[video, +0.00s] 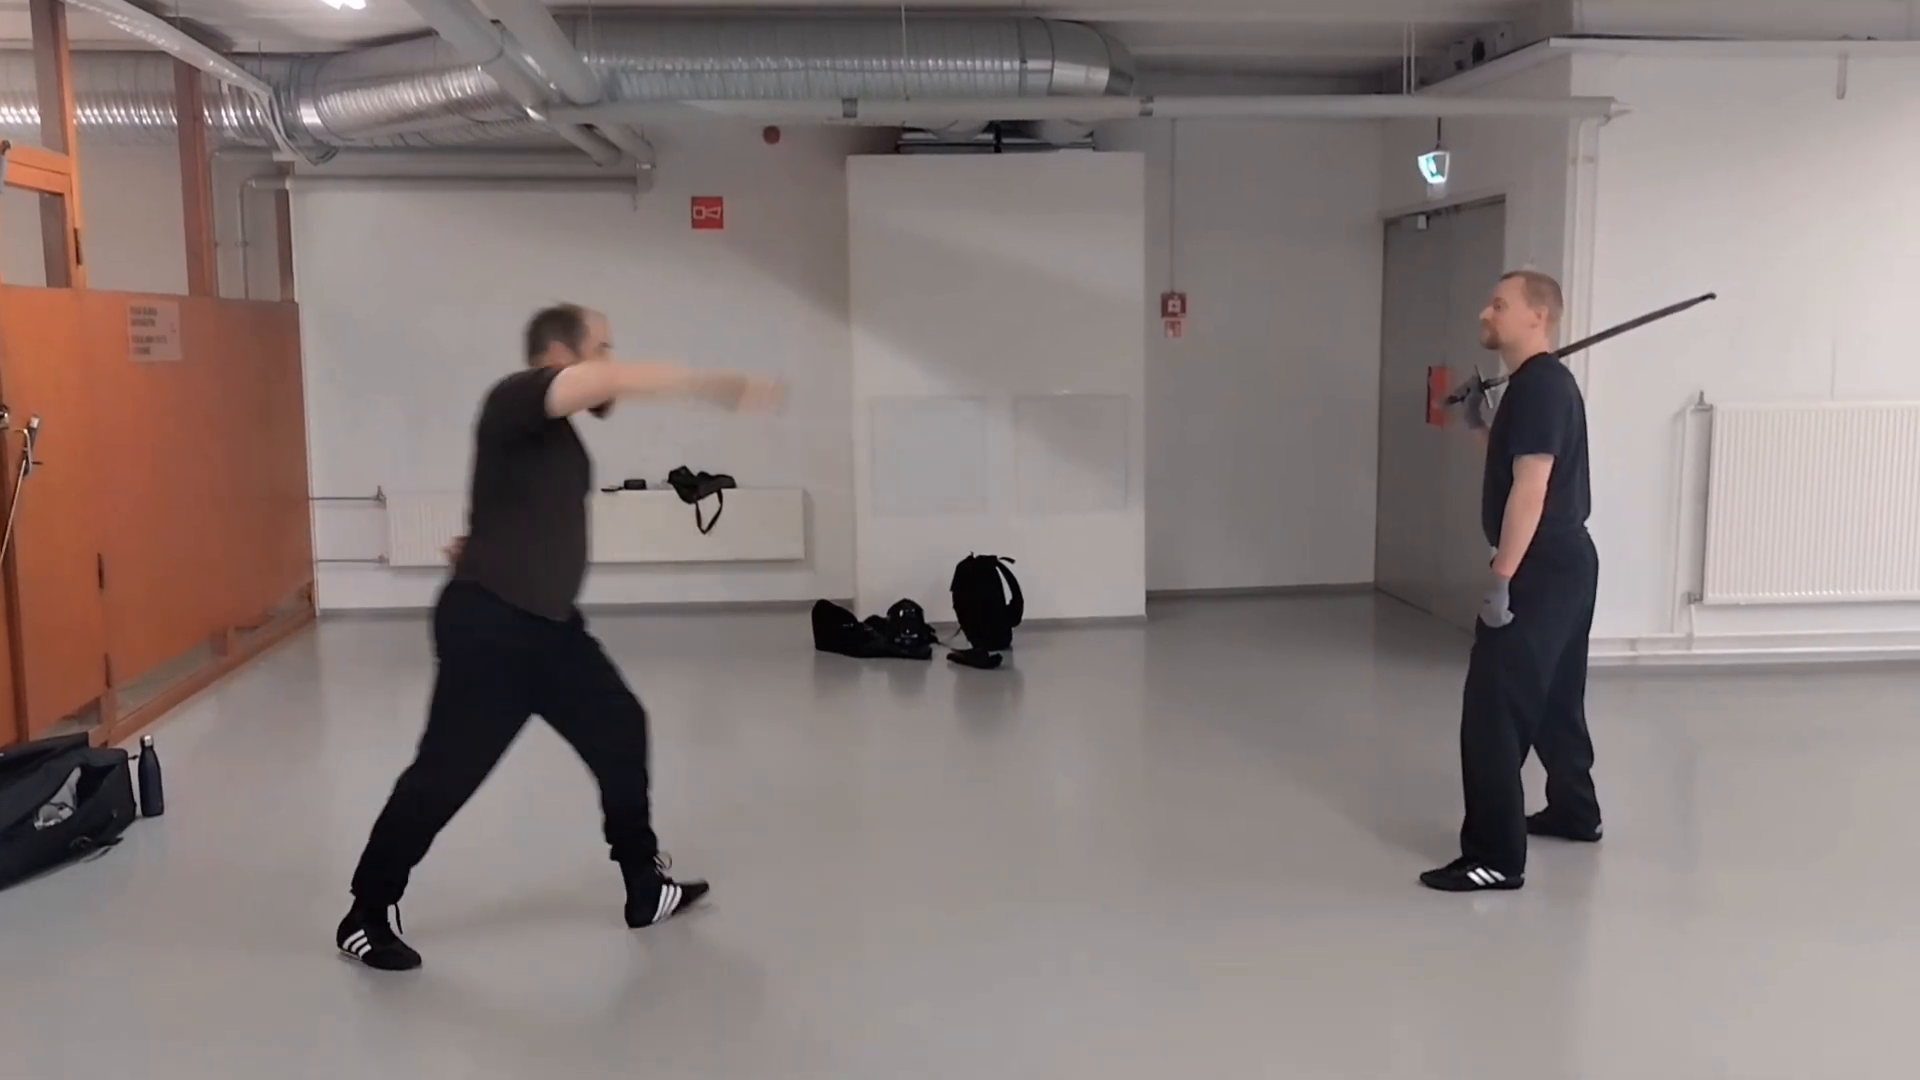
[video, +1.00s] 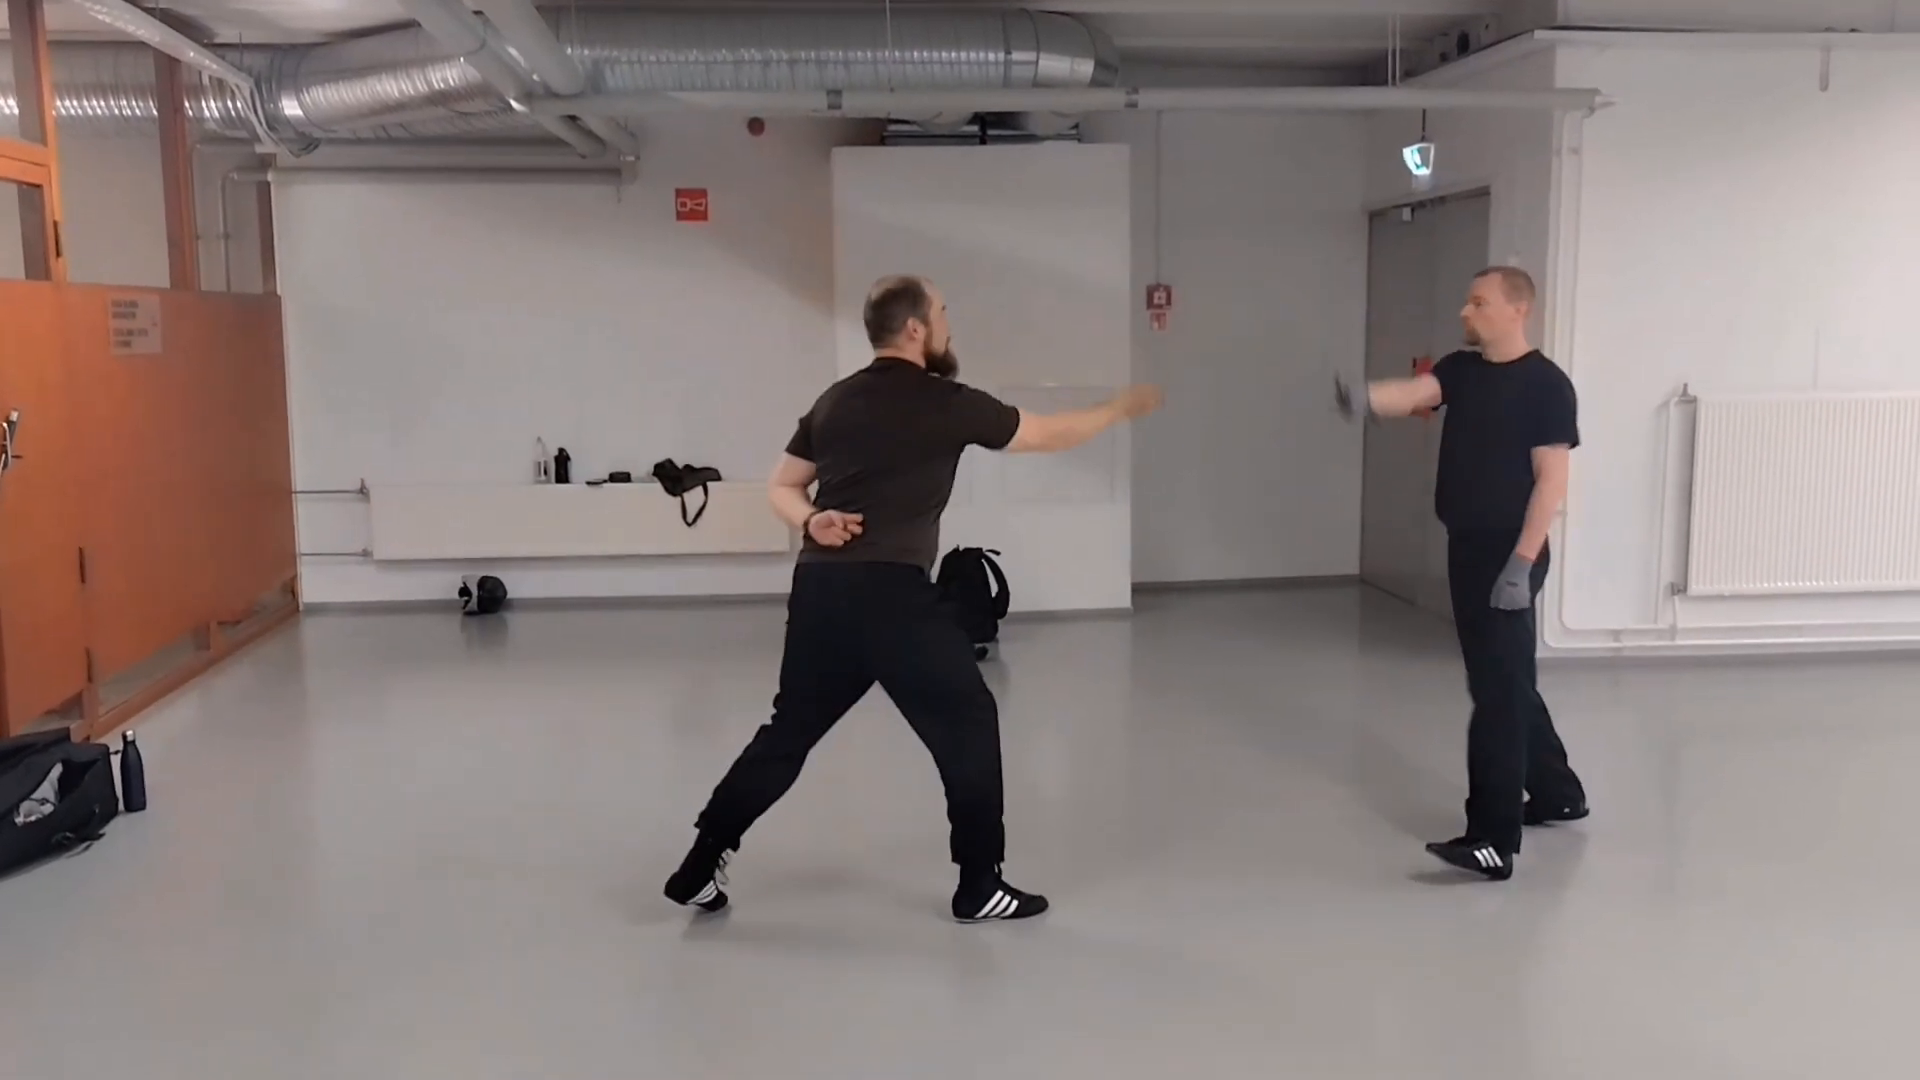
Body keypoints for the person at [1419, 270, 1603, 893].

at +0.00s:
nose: (1485, 314)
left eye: (1498, 305)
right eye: (1488, 305)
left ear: (1538, 317)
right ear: (1538, 321)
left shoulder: (1538, 383)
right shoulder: (1543, 381)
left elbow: (1533, 483)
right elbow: (1516, 466)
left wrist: (1500, 578)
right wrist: (1480, 423)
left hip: (1540, 567)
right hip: (1563, 561)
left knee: (1490, 708)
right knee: (1555, 694)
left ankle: (1494, 859)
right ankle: (1575, 811)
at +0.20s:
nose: (1481, 314)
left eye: (1494, 304)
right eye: (1484, 304)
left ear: (1533, 316)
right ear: (1533, 320)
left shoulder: (1532, 381)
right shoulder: (1538, 379)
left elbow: (1526, 481)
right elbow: (1508, 459)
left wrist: (1493, 575)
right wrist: (1474, 417)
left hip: (1532, 564)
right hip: (1557, 558)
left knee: (1482, 707)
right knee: (1547, 693)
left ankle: (1490, 857)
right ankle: (1570, 809)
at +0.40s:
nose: (1480, 317)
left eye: (1492, 307)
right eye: (1482, 307)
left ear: (1532, 317)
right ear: (1526, 320)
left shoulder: (1536, 383)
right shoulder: (1520, 383)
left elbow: (1528, 488)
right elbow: (1470, 463)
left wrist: (1494, 575)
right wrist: (1446, 404)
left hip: (1523, 565)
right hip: (1531, 560)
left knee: (1477, 710)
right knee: (1530, 695)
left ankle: (1485, 858)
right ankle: (1565, 810)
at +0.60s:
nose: (1482, 315)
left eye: (1494, 304)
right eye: (1483, 305)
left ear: (1534, 316)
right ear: (1505, 317)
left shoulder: (1556, 388)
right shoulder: (1485, 385)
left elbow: (1556, 488)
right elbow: (1406, 411)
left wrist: (1520, 575)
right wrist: (1403, 344)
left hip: (1530, 562)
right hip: (1489, 558)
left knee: (1491, 703)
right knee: (1518, 691)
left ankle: (1486, 857)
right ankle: (1563, 802)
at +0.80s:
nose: (1482, 312)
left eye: (1494, 303)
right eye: (1484, 303)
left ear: (1533, 313)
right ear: (1506, 315)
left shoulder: (1563, 389)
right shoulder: (1475, 375)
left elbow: (1567, 491)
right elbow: (1395, 374)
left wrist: (1533, 573)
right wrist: (1363, 301)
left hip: (1527, 559)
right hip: (1482, 554)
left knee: (1507, 698)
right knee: (1513, 687)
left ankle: (1491, 849)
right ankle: (1561, 796)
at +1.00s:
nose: (1464, 312)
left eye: (1477, 303)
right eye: (1466, 302)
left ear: (1517, 310)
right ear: (1497, 311)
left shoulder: (1545, 384)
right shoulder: (1464, 368)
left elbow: (1552, 483)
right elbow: (1414, 392)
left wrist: (1522, 562)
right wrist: (1364, 396)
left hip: (1512, 550)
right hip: (1467, 545)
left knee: (1498, 690)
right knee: (1502, 682)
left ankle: (1492, 842)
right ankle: (1557, 791)